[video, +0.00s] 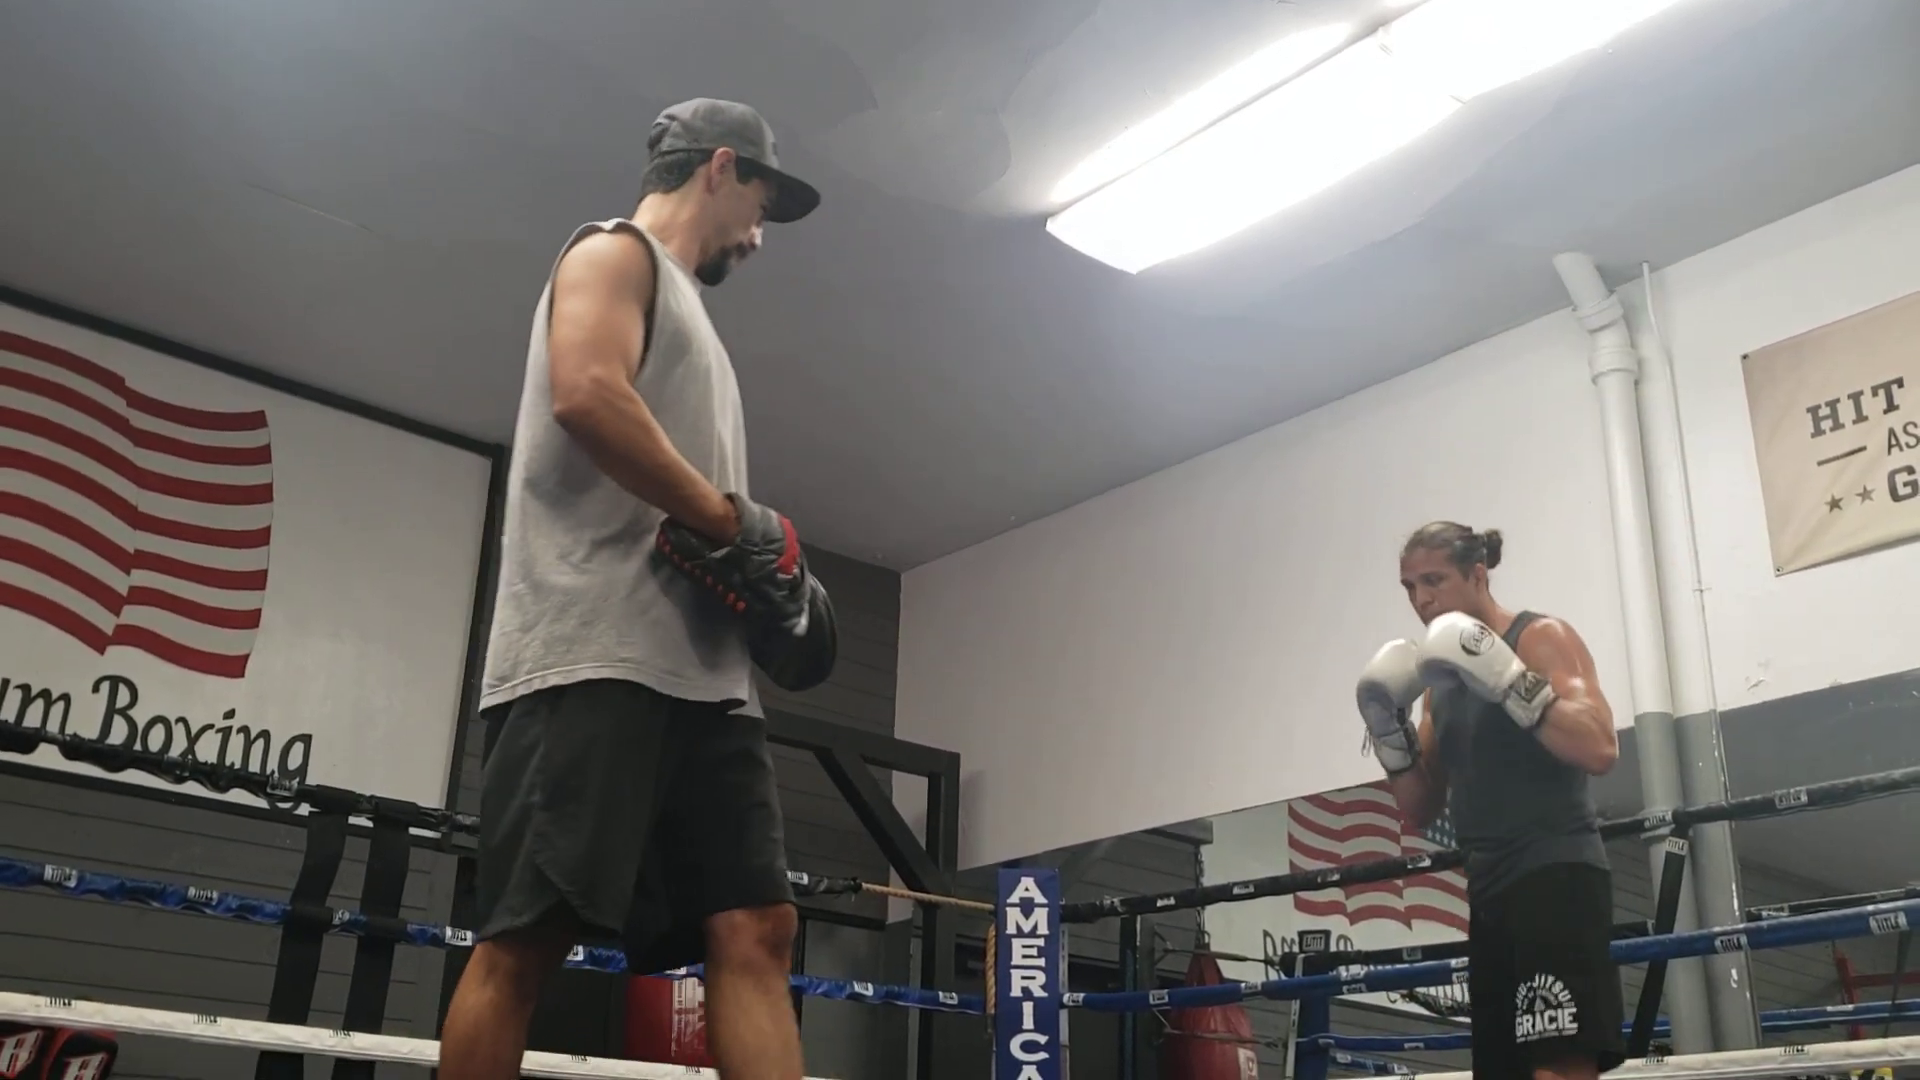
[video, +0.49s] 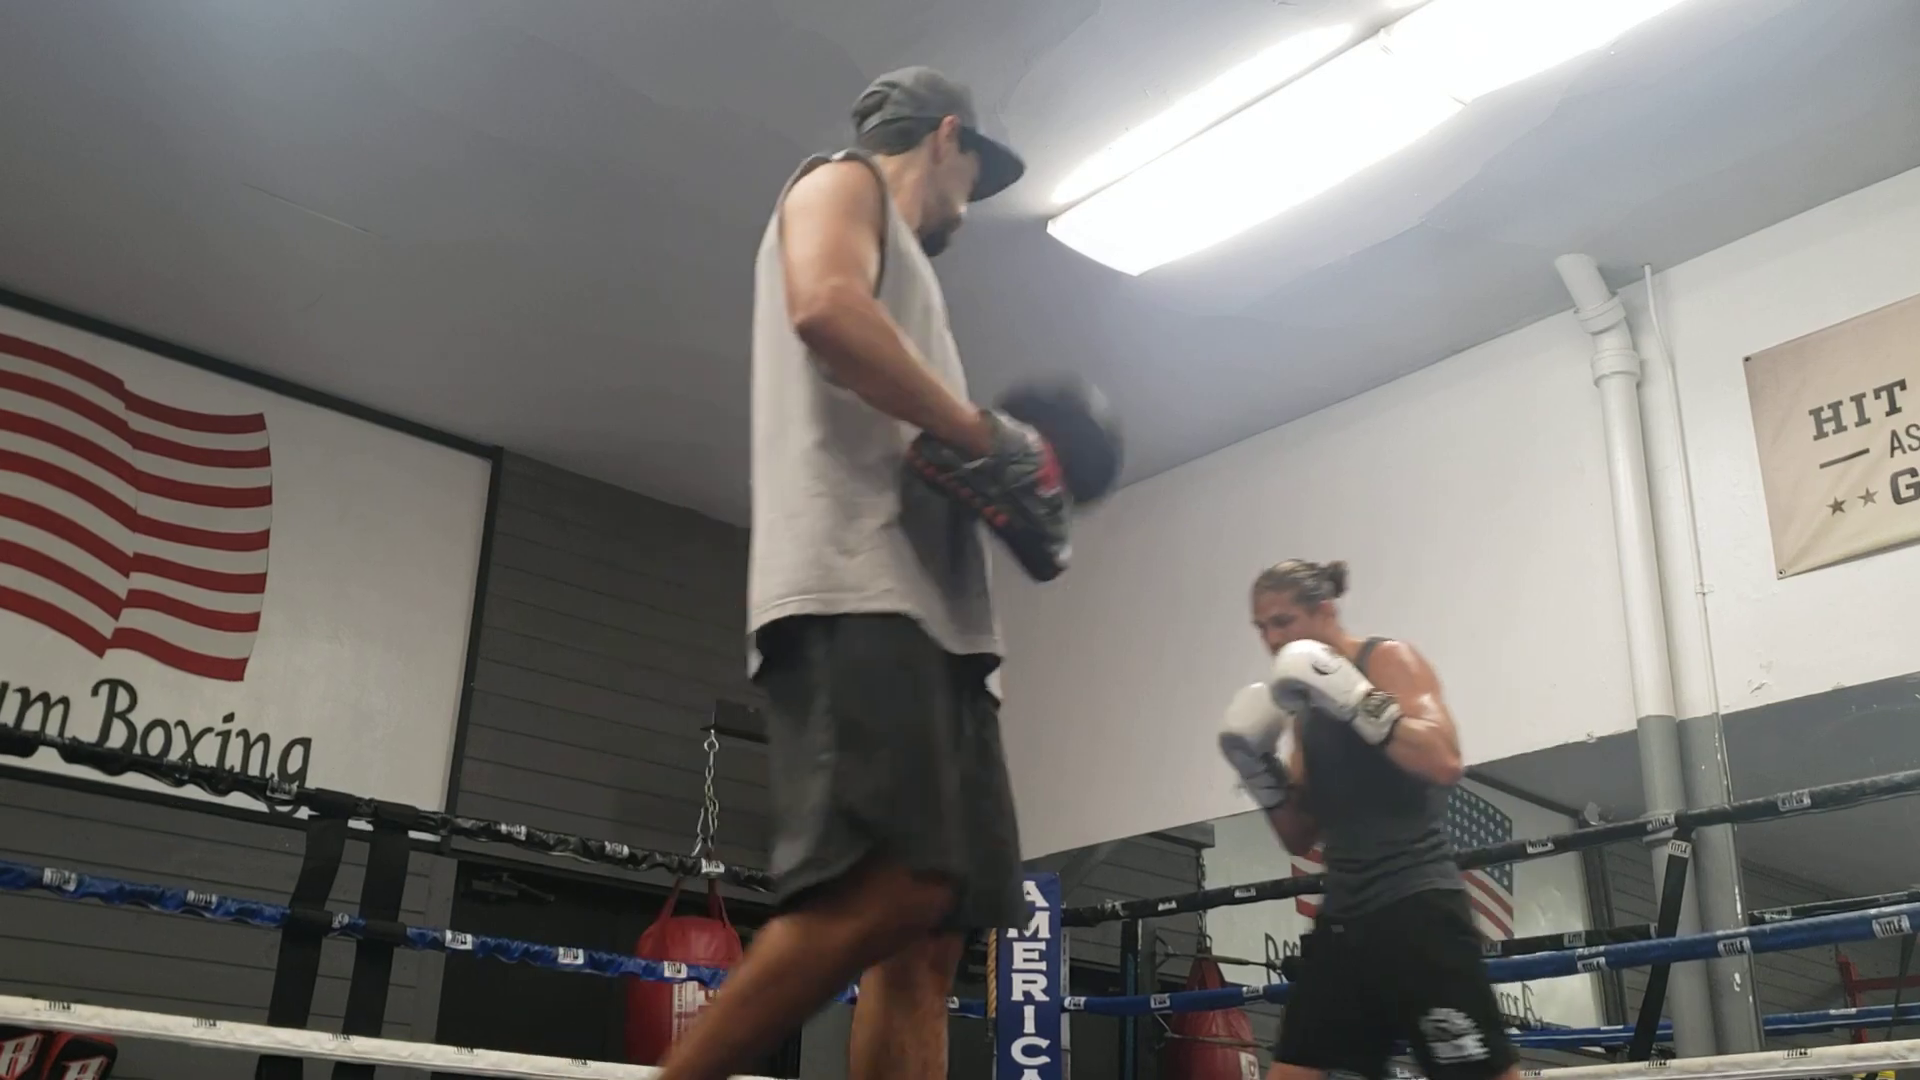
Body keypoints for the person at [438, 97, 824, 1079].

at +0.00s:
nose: (763, 235)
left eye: (771, 214)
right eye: (764, 200)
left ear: (701, 177)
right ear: (716, 170)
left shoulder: (690, 319)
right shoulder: (612, 253)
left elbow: (677, 489)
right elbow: (586, 394)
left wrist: (757, 567)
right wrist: (732, 521)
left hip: (700, 675)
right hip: (589, 657)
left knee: (756, 930)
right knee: (520, 942)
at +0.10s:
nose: (801, 230)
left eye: (810, 211)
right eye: (804, 199)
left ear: (749, 174)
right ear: (760, 166)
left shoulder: (722, 314)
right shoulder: (650, 242)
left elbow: (714, 481)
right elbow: (616, 380)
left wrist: (797, 575)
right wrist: (769, 516)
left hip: (727, 669)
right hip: (615, 648)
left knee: (793, 924)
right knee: (541, 941)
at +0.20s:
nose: (843, 234)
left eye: (851, 214)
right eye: (846, 202)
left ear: (787, 174)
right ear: (807, 167)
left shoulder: (766, 317)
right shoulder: (695, 228)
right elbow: (659, 362)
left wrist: (844, 569)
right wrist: (805, 505)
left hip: (783, 664)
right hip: (662, 639)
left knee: (837, 929)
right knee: (575, 942)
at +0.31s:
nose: (888, 231)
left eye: (895, 211)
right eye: (892, 198)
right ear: (858, 161)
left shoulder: (823, 318)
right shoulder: (748, 210)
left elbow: (818, 479)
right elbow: (717, 336)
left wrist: (913, 554)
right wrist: (862, 483)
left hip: (847, 658)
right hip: (727, 630)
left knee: (885, 938)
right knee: (636, 936)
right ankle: (520, 1075)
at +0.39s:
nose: (928, 218)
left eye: (936, 199)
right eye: (932, 188)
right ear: (897, 154)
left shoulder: (863, 301)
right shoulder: (793, 196)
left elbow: (864, 458)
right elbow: (771, 323)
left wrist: (969, 523)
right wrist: (925, 459)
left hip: (890, 642)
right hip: (784, 615)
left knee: (913, 940)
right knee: (751, 916)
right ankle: (576, 1073)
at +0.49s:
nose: (973, 195)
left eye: (981, 178)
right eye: (974, 166)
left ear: (914, 140)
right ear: (939, 135)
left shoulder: (910, 277)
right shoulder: (841, 181)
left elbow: (902, 442)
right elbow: (826, 307)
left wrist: (1003, 487)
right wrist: (989, 434)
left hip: (931, 610)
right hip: (852, 588)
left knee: (936, 926)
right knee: (891, 883)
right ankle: (679, 1069)